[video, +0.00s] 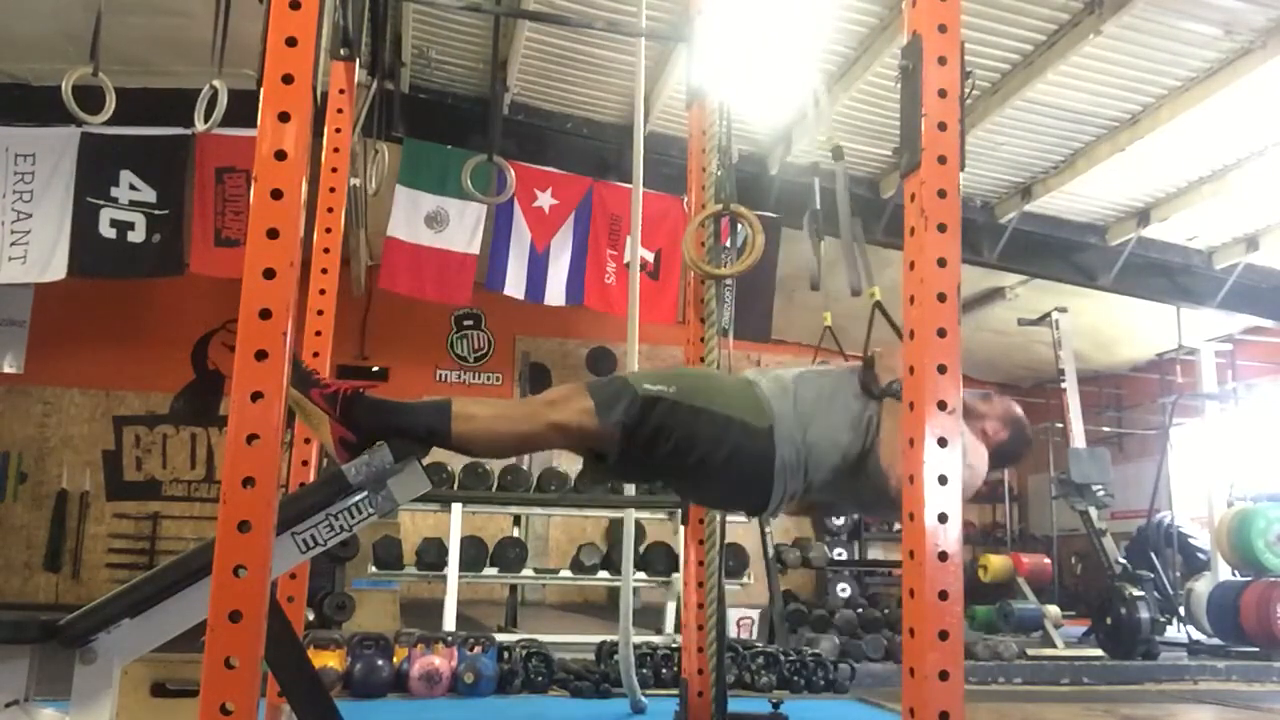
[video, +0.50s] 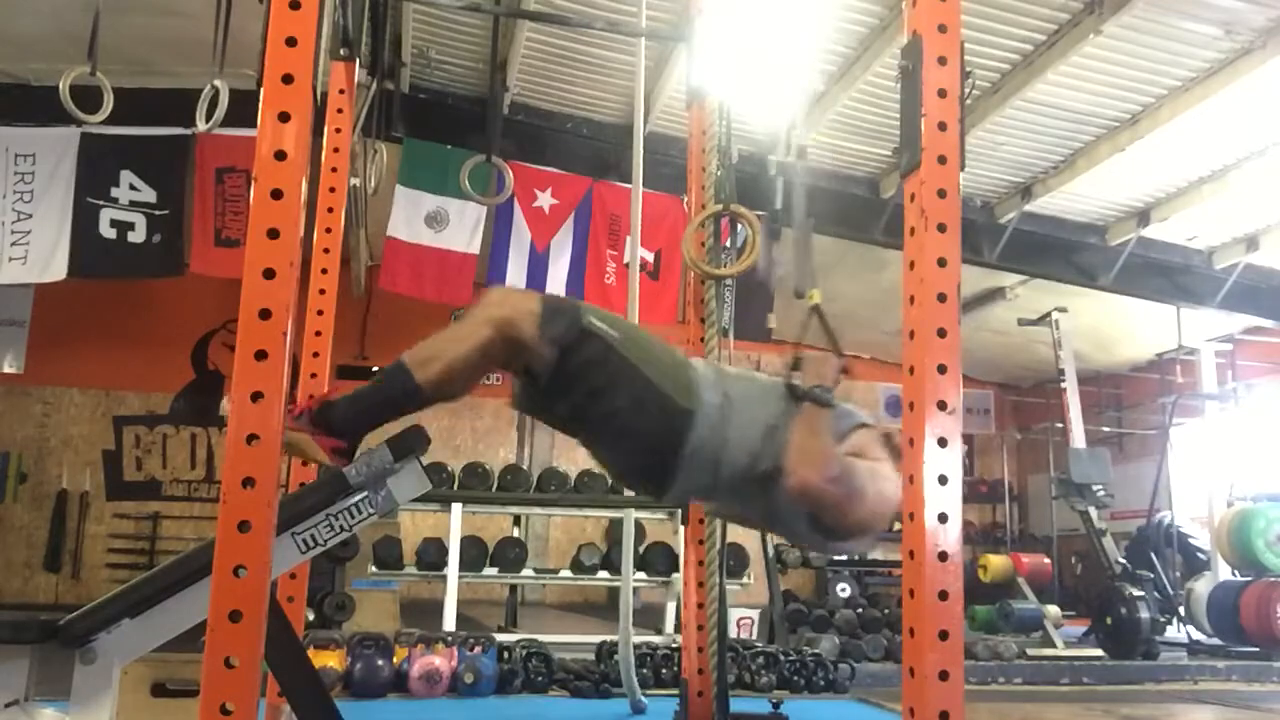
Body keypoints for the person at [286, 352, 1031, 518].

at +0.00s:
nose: (992, 419)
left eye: (1002, 429)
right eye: (995, 412)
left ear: (998, 446)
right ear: (981, 401)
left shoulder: (959, 460)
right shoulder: (934, 406)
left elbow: (905, 484)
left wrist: (907, 390)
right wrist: (877, 369)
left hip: (762, 437)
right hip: (750, 420)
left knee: (577, 409)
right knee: (572, 406)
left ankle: (375, 420)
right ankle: (382, 419)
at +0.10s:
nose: (984, 403)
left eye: (996, 418)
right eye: (990, 400)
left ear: (993, 444)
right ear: (976, 396)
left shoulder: (963, 460)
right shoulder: (934, 407)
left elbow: (902, 486)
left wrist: (906, 393)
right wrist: (871, 374)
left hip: (763, 439)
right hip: (747, 423)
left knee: (575, 394)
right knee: (563, 394)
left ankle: (372, 422)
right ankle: (376, 419)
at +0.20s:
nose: (974, 431)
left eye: (985, 440)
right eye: (978, 428)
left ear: (981, 466)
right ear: (965, 431)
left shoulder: (939, 489)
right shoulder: (920, 440)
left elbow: (886, 476)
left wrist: (913, 393)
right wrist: (874, 381)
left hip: (756, 440)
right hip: (742, 436)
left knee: (574, 375)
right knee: (559, 389)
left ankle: (376, 420)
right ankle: (382, 422)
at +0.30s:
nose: (962, 443)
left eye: (975, 454)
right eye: (970, 440)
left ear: (972, 482)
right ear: (955, 446)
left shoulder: (923, 503)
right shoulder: (911, 454)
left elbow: (871, 479)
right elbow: (858, 451)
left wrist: (877, 396)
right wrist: (853, 378)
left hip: (735, 440)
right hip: (728, 421)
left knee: (557, 356)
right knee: (551, 354)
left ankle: (372, 418)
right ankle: (384, 416)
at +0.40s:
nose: (926, 448)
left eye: (937, 463)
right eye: (934, 449)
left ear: (933, 495)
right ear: (922, 457)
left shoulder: (887, 511)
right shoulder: (875, 462)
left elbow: (844, 477)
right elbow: (832, 427)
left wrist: (843, 396)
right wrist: (842, 382)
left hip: (709, 434)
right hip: (702, 414)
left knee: (538, 327)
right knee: (528, 353)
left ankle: (360, 415)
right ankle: (370, 416)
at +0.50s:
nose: (912, 420)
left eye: (921, 429)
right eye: (921, 421)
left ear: (926, 459)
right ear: (922, 436)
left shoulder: (879, 495)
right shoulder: (865, 442)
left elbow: (810, 476)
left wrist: (813, 390)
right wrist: (813, 371)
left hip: (680, 425)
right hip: (677, 404)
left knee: (507, 312)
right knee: (501, 320)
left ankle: (342, 424)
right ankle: (348, 410)